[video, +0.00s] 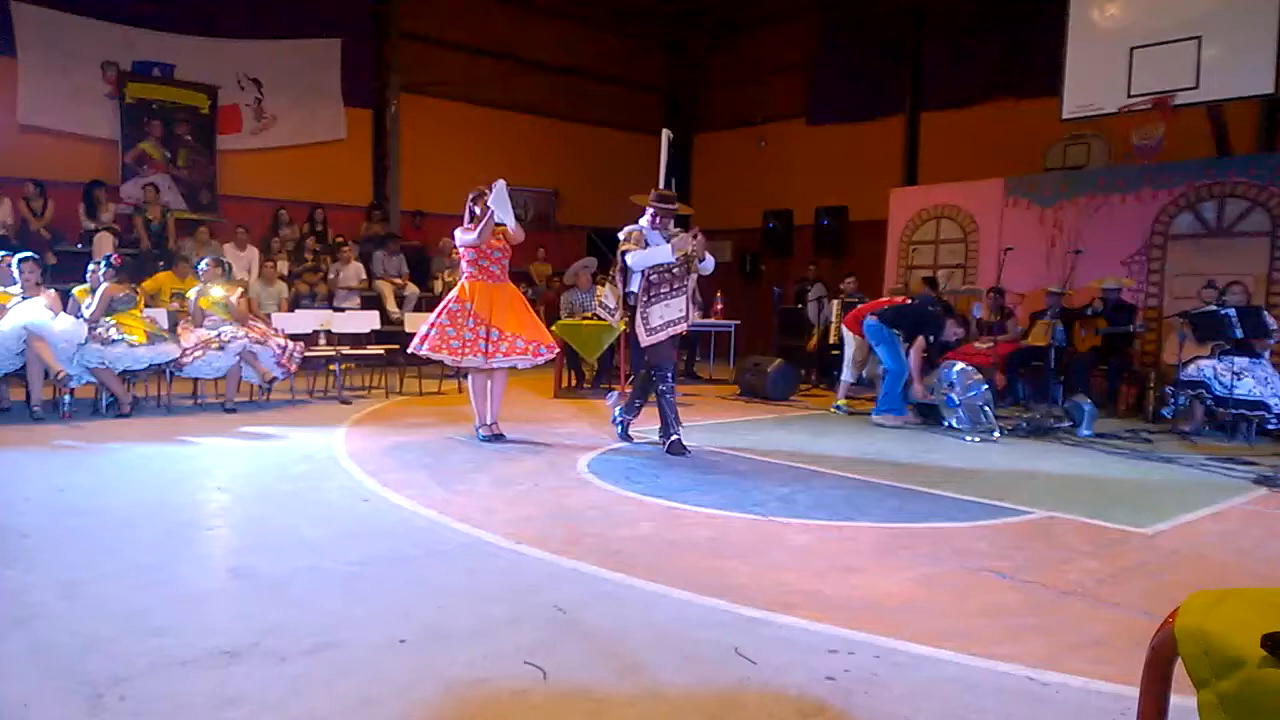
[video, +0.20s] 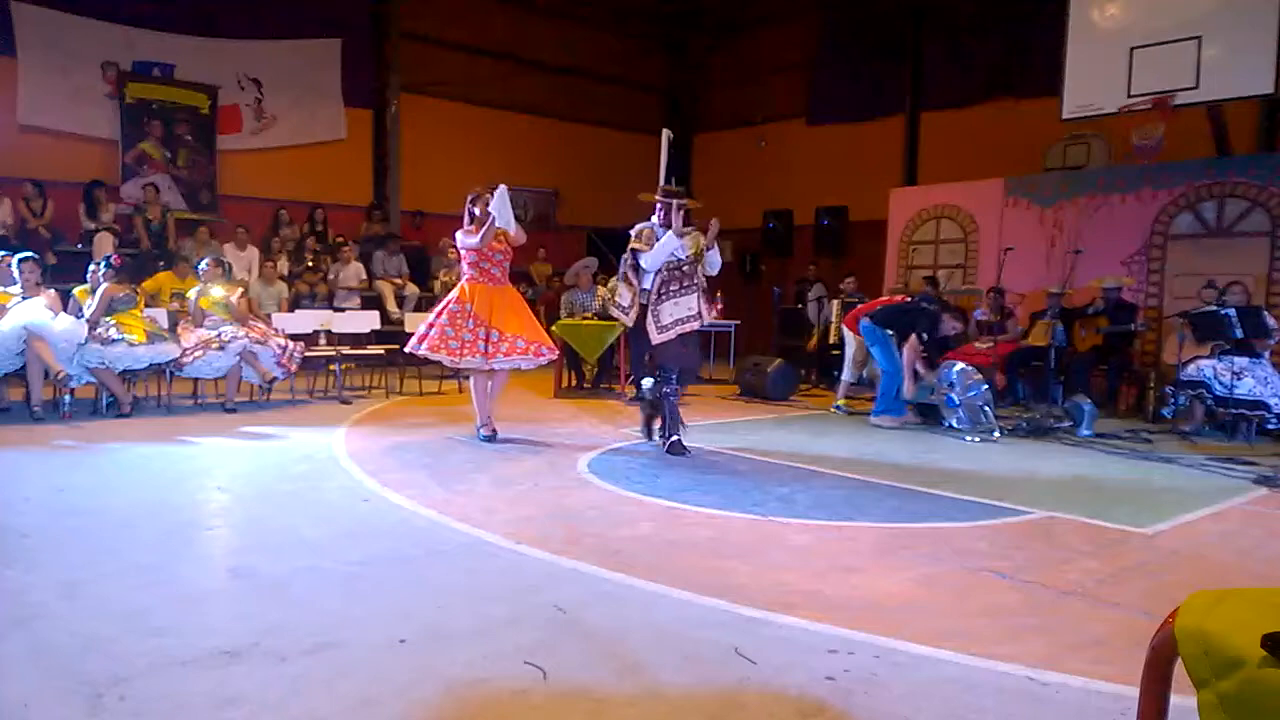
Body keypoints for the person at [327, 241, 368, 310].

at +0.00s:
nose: (348, 254)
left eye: (350, 251)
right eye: (344, 252)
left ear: (352, 252)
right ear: (338, 255)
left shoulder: (358, 266)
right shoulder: (334, 267)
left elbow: (365, 284)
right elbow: (331, 284)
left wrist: (351, 287)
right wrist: (336, 276)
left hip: (354, 304)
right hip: (338, 304)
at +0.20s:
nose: (348, 254)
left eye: (350, 251)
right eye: (345, 252)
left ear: (352, 252)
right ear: (339, 255)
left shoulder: (358, 266)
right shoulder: (334, 267)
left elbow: (365, 284)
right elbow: (330, 283)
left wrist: (352, 287)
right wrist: (336, 278)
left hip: (354, 304)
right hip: (339, 304)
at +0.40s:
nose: (348, 254)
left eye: (350, 251)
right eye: (345, 252)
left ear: (352, 252)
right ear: (339, 255)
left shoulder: (359, 266)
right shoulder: (334, 267)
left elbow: (365, 284)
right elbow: (330, 282)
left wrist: (352, 288)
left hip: (354, 304)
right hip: (338, 305)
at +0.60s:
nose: (349, 254)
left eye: (350, 251)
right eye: (345, 252)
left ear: (352, 252)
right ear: (339, 254)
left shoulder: (359, 266)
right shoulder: (334, 267)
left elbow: (365, 284)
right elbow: (329, 281)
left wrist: (351, 288)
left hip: (354, 305)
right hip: (339, 305)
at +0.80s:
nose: (349, 254)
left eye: (350, 251)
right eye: (345, 252)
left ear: (352, 252)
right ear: (339, 254)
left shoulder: (359, 266)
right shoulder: (334, 267)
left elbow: (365, 284)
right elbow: (329, 281)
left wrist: (351, 288)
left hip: (354, 305)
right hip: (339, 305)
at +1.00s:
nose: (349, 254)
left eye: (350, 251)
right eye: (346, 252)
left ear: (353, 252)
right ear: (339, 254)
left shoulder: (359, 266)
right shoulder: (334, 267)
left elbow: (365, 284)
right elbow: (329, 281)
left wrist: (351, 288)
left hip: (354, 305)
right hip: (338, 305)